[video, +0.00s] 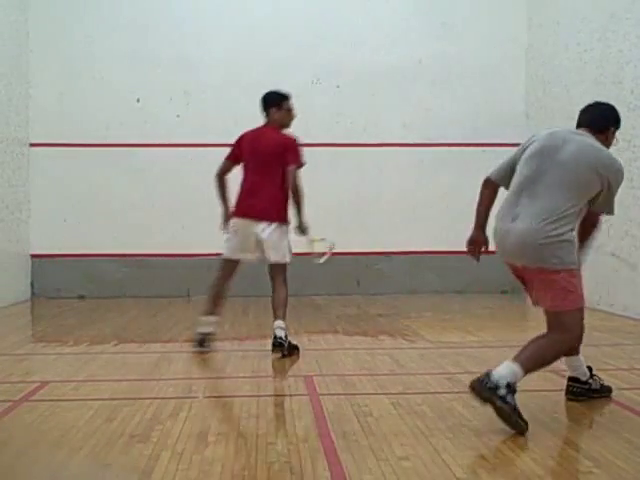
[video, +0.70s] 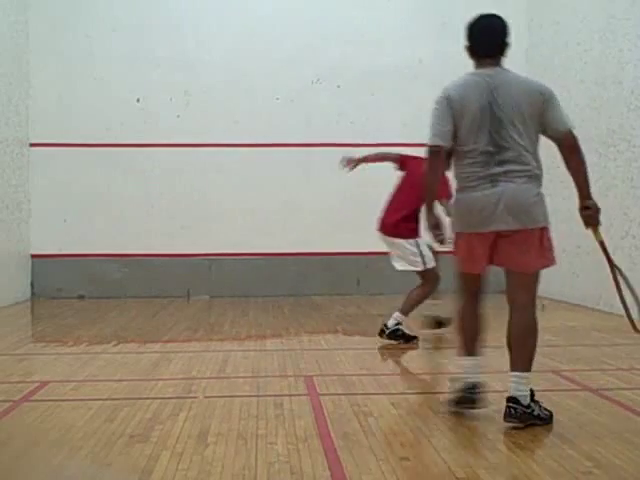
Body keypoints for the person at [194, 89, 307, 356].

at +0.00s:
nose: (292, 114)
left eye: (291, 109)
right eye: (288, 109)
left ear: (269, 112)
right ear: (274, 112)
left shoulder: (247, 138)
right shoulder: (288, 142)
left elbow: (221, 174)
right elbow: (293, 183)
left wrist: (226, 209)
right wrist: (300, 218)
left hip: (242, 215)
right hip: (273, 218)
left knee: (224, 272)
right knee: (279, 277)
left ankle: (206, 326)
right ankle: (279, 332)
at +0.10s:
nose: (306, 108)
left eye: (306, 103)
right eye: (304, 103)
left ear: (283, 105)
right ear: (293, 104)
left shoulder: (259, 131)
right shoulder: (302, 133)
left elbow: (239, 169)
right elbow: (311, 171)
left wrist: (249, 201)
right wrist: (321, 209)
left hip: (258, 207)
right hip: (289, 209)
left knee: (253, 267)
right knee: (299, 268)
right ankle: (291, 318)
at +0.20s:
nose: (318, 116)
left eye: (317, 111)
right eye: (316, 111)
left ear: (294, 113)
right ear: (311, 113)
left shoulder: (274, 139)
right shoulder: (315, 140)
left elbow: (256, 178)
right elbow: (326, 179)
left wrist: (271, 202)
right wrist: (342, 214)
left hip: (273, 213)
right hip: (304, 213)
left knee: (269, 272)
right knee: (330, 265)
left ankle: (259, 330)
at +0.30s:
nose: (335, 131)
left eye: (333, 127)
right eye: (334, 127)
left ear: (313, 129)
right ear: (330, 129)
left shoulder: (296, 152)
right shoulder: (332, 154)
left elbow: (283, 187)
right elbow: (347, 193)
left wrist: (288, 212)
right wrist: (368, 223)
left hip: (288, 222)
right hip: (318, 223)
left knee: (278, 280)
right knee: (361, 261)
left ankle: (261, 336)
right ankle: (373, 323)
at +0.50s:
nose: (400, 139)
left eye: (399, 134)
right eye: (399, 134)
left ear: (378, 133)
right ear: (394, 135)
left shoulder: (359, 152)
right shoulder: (388, 161)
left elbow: (339, 170)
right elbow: (400, 201)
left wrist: (346, 197)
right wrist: (423, 228)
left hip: (344, 223)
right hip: (368, 224)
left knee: (343, 283)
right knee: (402, 267)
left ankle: (312, 306)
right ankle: (390, 325)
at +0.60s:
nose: (429, 148)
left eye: (428, 144)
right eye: (429, 144)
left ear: (410, 140)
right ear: (426, 145)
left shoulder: (390, 156)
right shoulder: (415, 168)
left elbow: (362, 162)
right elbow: (424, 206)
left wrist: (345, 178)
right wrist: (448, 223)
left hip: (367, 223)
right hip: (387, 227)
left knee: (394, 268)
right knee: (418, 273)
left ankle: (373, 302)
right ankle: (392, 324)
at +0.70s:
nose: (451, 164)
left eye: (450, 159)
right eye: (450, 160)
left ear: (432, 155)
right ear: (445, 159)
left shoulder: (415, 163)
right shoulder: (439, 179)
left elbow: (388, 156)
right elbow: (451, 211)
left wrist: (359, 160)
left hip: (389, 226)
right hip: (403, 230)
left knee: (430, 271)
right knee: (431, 280)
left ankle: (395, 322)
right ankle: (394, 324)